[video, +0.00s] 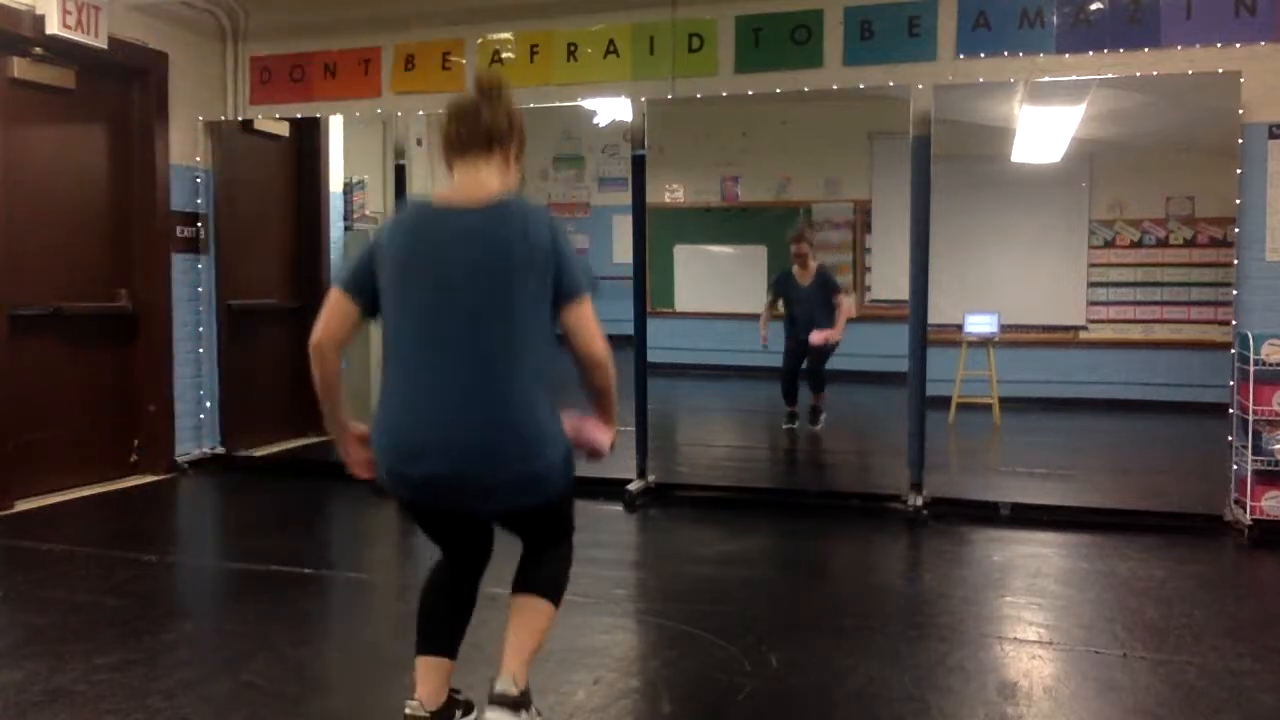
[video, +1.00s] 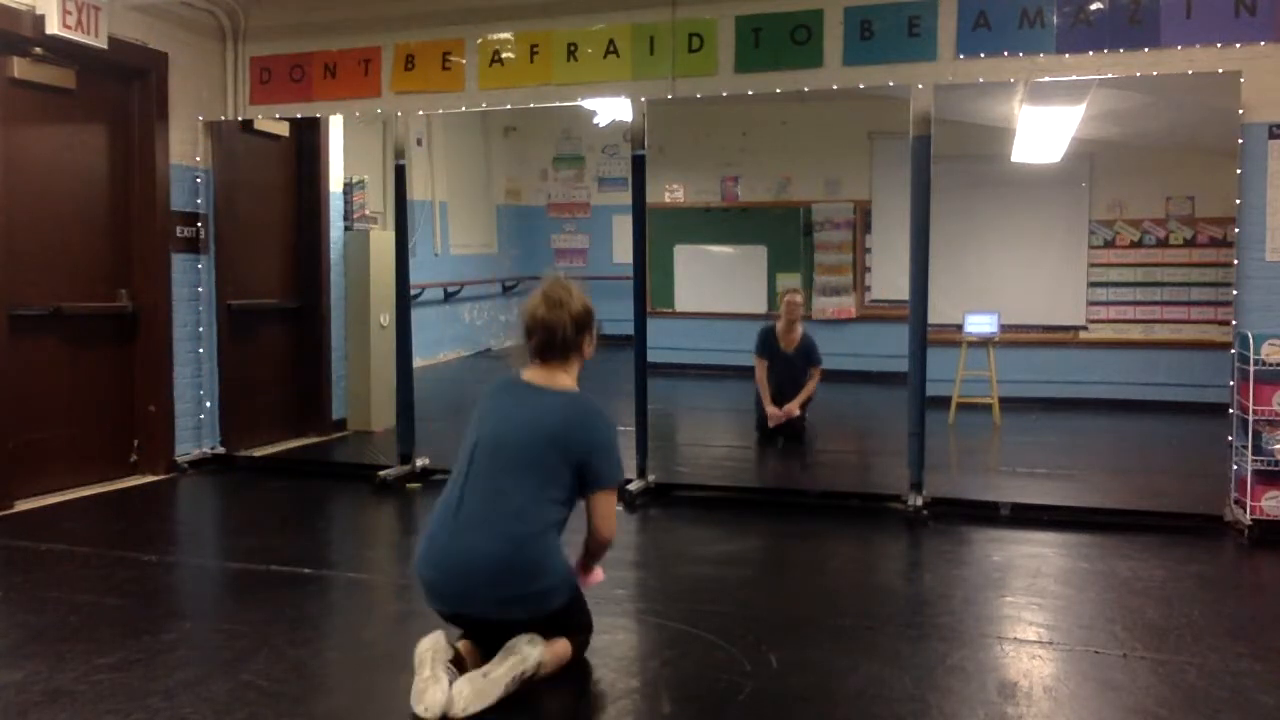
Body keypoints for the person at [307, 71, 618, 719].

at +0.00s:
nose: (517, 163)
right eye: (516, 149)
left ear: (444, 150)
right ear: (513, 149)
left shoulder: (400, 230)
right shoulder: (537, 229)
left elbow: (323, 340)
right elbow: (591, 346)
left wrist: (342, 428)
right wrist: (603, 416)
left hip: (412, 447)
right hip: (513, 444)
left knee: (462, 549)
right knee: (550, 533)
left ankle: (425, 705)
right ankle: (510, 685)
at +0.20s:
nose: (537, 279)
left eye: (535, 267)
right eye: (537, 268)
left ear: (467, 264)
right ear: (529, 266)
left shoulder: (420, 334)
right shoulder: (551, 341)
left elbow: (350, 419)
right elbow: (596, 456)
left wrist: (410, 443)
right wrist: (583, 495)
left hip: (426, 553)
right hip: (522, 550)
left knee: (472, 589)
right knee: (560, 576)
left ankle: (440, 668)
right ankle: (521, 670)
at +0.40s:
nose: (553, 321)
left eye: (552, 312)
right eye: (553, 313)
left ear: (482, 314)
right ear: (543, 320)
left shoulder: (431, 391)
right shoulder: (560, 404)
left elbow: (395, 499)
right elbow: (600, 522)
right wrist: (583, 550)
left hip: (434, 603)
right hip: (524, 603)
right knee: (579, 628)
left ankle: (453, 661)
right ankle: (523, 662)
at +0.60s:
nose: (570, 304)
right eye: (568, 296)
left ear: (497, 296)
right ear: (560, 303)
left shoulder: (456, 370)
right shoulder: (568, 392)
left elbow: (427, 456)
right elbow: (586, 507)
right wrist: (591, 550)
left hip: (454, 559)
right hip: (535, 565)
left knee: (482, 634)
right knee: (576, 638)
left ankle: (448, 643)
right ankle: (532, 640)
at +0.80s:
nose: (588, 297)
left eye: (584, 288)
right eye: (586, 289)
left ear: (517, 296)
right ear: (578, 300)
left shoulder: (486, 361)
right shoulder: (584, 382)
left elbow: (481, 455)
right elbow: (600, 497)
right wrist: (581, 539)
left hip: (447, 538)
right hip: (525, 544)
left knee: (495, 626)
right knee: (575, 627)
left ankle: (430, 662)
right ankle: (547, 638)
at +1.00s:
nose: (596, 342)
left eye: (592, 332)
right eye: (594, 334)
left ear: (530, 338)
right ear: (586, 344)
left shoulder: (494, 397)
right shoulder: (587, 417)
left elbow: (480, 485)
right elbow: (604, 531)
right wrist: (585, 565)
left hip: (441, 563)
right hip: (520, 568)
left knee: (496, 635)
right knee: (574, 632)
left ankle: (450, 659)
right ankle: (529, 659)